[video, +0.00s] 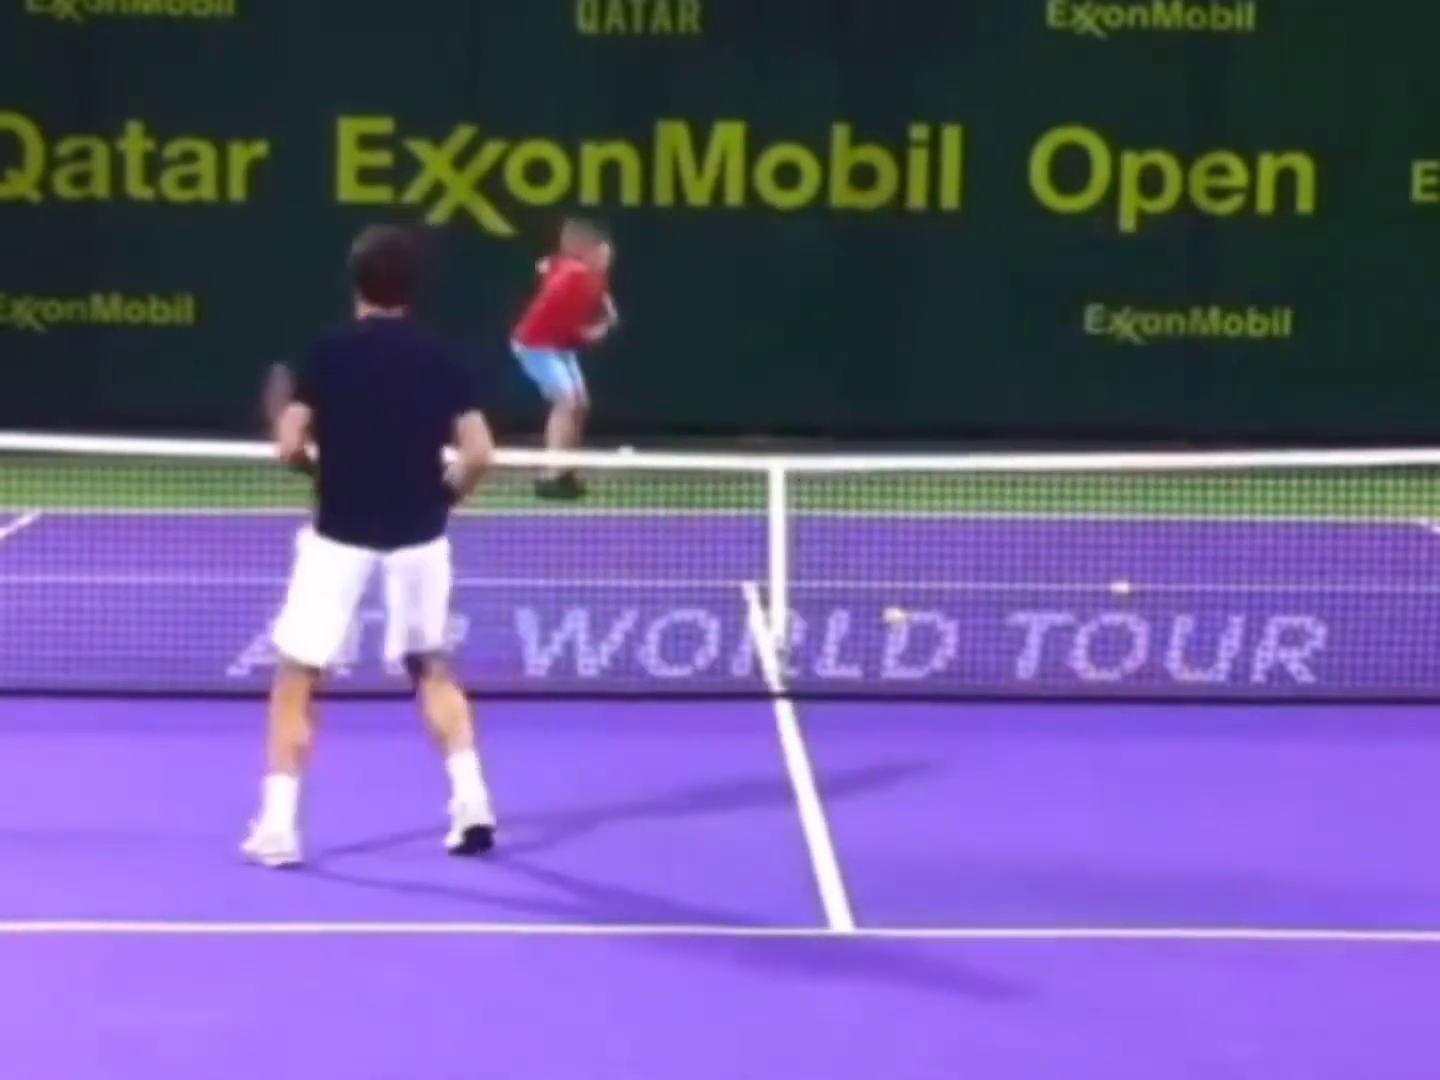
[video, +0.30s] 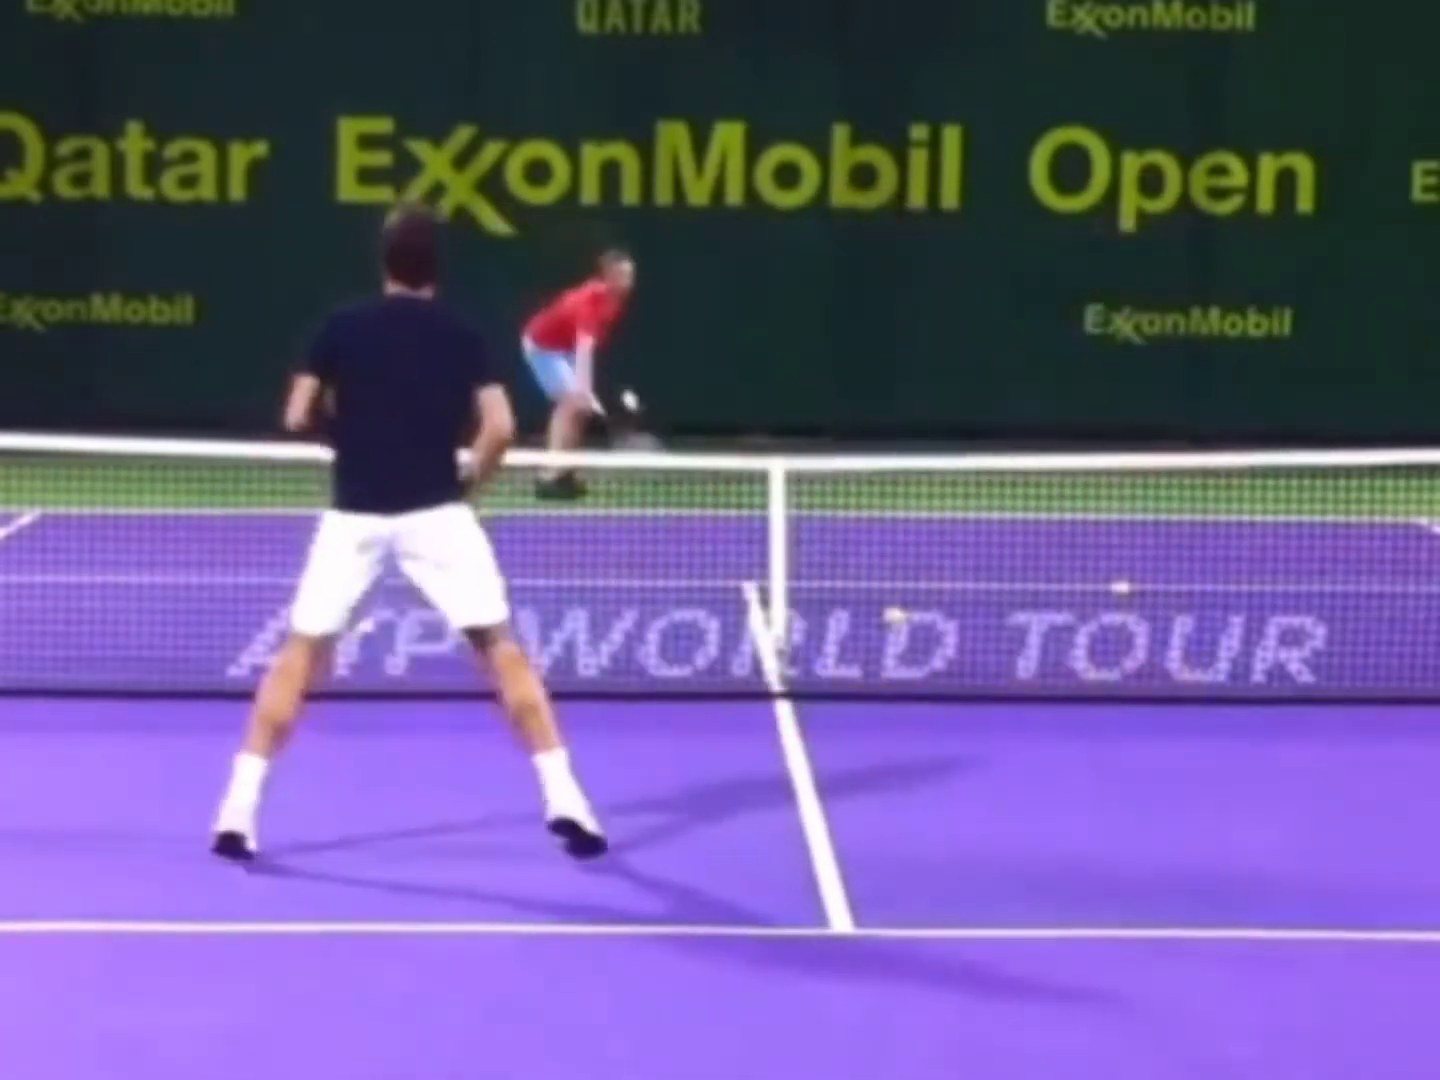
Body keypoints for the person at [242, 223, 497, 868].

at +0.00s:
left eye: (362, 281)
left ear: (355, 287)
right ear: (413, 289)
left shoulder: (328, 353)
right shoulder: (436, 357)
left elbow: (288, 442)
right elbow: (479, 451)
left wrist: (317, 460)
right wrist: (450, 490)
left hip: (340, 538)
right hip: (421, 538)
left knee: (296, 675)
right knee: (432, 668)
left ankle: (279, 821)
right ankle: (471, 796)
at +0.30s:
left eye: (398, 260)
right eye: (424, 261)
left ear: (382, 267)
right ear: (438, 269)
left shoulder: (343, 327)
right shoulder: (460, 334)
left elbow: (297, 417)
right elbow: (499, 425)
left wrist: (347, 431)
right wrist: (474, 470)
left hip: (354, 515)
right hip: (436, 513)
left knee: (299, 652)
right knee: (499, 647)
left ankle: (238, 807)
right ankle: (562, 795)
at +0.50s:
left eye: (428, 307)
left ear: (418, 315)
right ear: (474, 316)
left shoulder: (387, 380)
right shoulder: (503, 388)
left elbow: (351, 472)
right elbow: (536, 494)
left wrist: (394, 480)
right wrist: (501, 499)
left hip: (401, 566)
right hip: (491, 565)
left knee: (328, 681)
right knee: (559, 680)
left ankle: (247, 808)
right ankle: (575, 820)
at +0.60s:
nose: (455, 295)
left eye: (448, 286)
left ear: (443, 291)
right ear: (497, 288)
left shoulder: (432, 355)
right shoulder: (534, 351)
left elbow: (400, 438)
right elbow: (550, 438)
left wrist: (382, 417)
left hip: (452, 535)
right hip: (532, 537)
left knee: (380, 657)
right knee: (560, 673)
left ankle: (366, 803)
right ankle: (579, 813)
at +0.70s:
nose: (465, 285)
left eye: (465, 275)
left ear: (470, 280)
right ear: (521, 278)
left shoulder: (474, 338)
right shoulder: (549, 338)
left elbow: (443, 412)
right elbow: (508, 440)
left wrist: (400, 385)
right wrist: (410, 437)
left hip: (495, 524)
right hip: (561, 521)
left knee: (435, 653)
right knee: (563, 658)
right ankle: (623, 773)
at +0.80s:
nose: (460, 300)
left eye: (463, 289)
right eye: (462, 289)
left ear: (477, 291)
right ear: (528, 281)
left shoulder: (519, 339)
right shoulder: (558, 336)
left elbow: (487, 406)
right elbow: (491, 392)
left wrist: (406, 398)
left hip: (529, 528)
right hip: (587, 527)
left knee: (465, 658)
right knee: (588, 657)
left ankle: (487, 813)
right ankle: (667, 780)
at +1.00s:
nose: (541, 318)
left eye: (542, 306)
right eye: (541, 306)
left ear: (558, 304)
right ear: (597, 295)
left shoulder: (595, 350)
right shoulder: (630, 354)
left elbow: (552, 394)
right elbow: (543, 428)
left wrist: (463, 401)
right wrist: (464, 444)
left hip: (618, 535)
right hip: (670, 533)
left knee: (559, 666)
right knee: (645, 663)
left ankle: (512, 810)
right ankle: (681, 793)